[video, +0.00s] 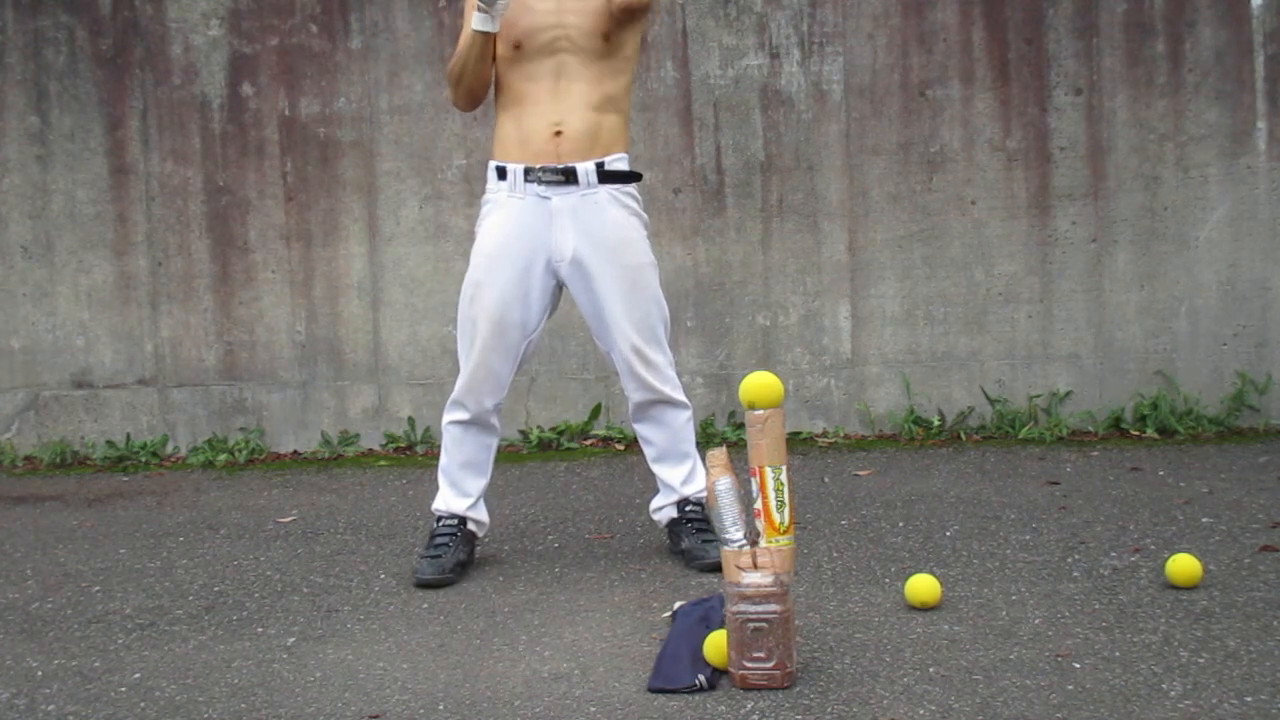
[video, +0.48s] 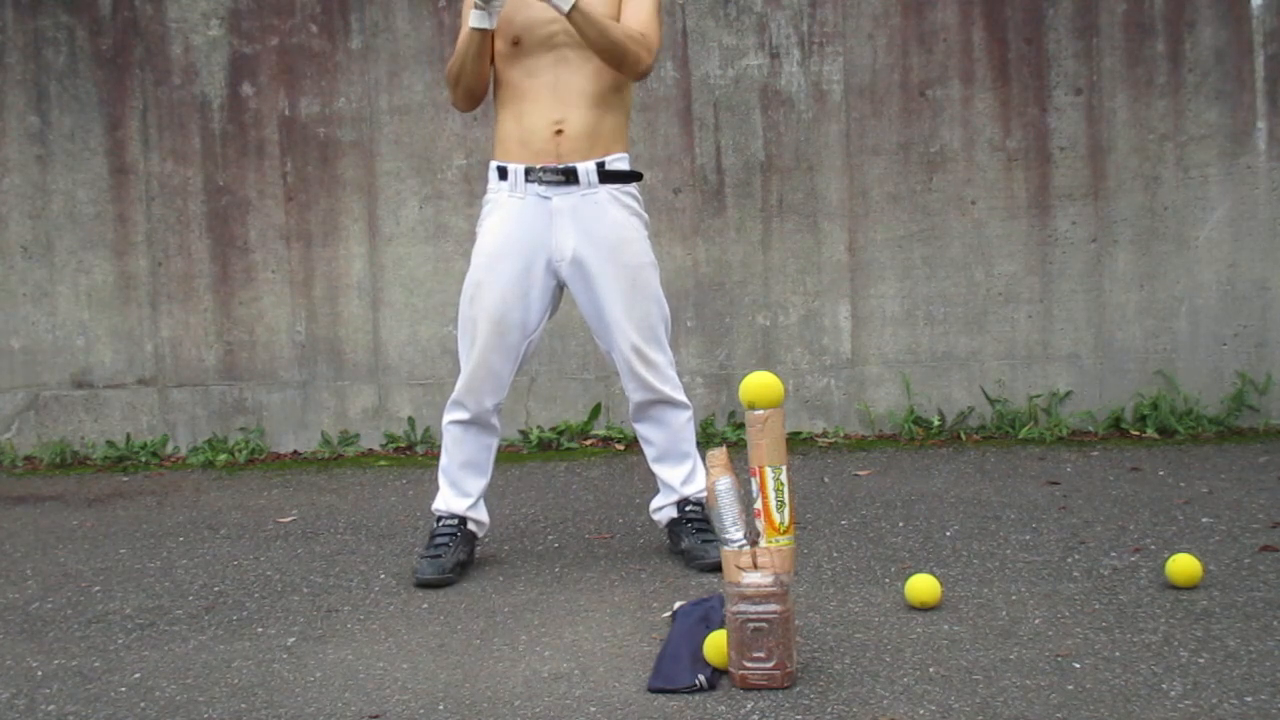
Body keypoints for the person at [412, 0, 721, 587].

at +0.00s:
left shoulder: (626, 5)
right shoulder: (493, 4)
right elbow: (466, 96)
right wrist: (482, 14)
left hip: (605, 195)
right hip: (512, 197)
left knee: (646, 364)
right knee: (480, 375)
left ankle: (686, 508)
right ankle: (454, 518)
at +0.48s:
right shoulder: (492, 0)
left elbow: (638, 59)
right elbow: (464, 96)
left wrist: (568, 2)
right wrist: (480, 14)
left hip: (605, 194)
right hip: (513, 197)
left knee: (647, 363)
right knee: (480, 373)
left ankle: (686, 507)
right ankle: (455, 517)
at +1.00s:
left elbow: (629, 68)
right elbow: (464, 91)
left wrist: (560, 14)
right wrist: (499, 16)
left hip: (606, 195)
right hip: (513, 198)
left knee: (646, 362)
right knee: (480, 373)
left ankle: (686, 507)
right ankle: (455, 517)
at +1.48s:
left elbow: (629, 69)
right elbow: (460, 87)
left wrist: (560, 15)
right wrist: (499, 16)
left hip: (605, 195)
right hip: (513, 197)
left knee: (647, 362)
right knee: (480, 372)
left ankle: (686, 507)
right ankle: (455, 517)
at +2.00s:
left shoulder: (632, 1)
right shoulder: (485, 1)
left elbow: (630, 76)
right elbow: (465, 97)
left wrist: (559, 22)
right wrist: (500, 25)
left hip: (606, 195)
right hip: (513, 198)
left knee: (647, 363)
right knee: (480, 374)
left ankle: (686, 507)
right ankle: (455, 517)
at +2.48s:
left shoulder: (623, 0)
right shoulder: (478, 1)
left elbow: (635, 58)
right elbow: (453, 98)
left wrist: (545, 14)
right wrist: (487, 27)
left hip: (604, 195)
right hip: (512, 198)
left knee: (646, 363)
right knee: (479, 374)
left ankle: (686, 507)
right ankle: (455, 518)